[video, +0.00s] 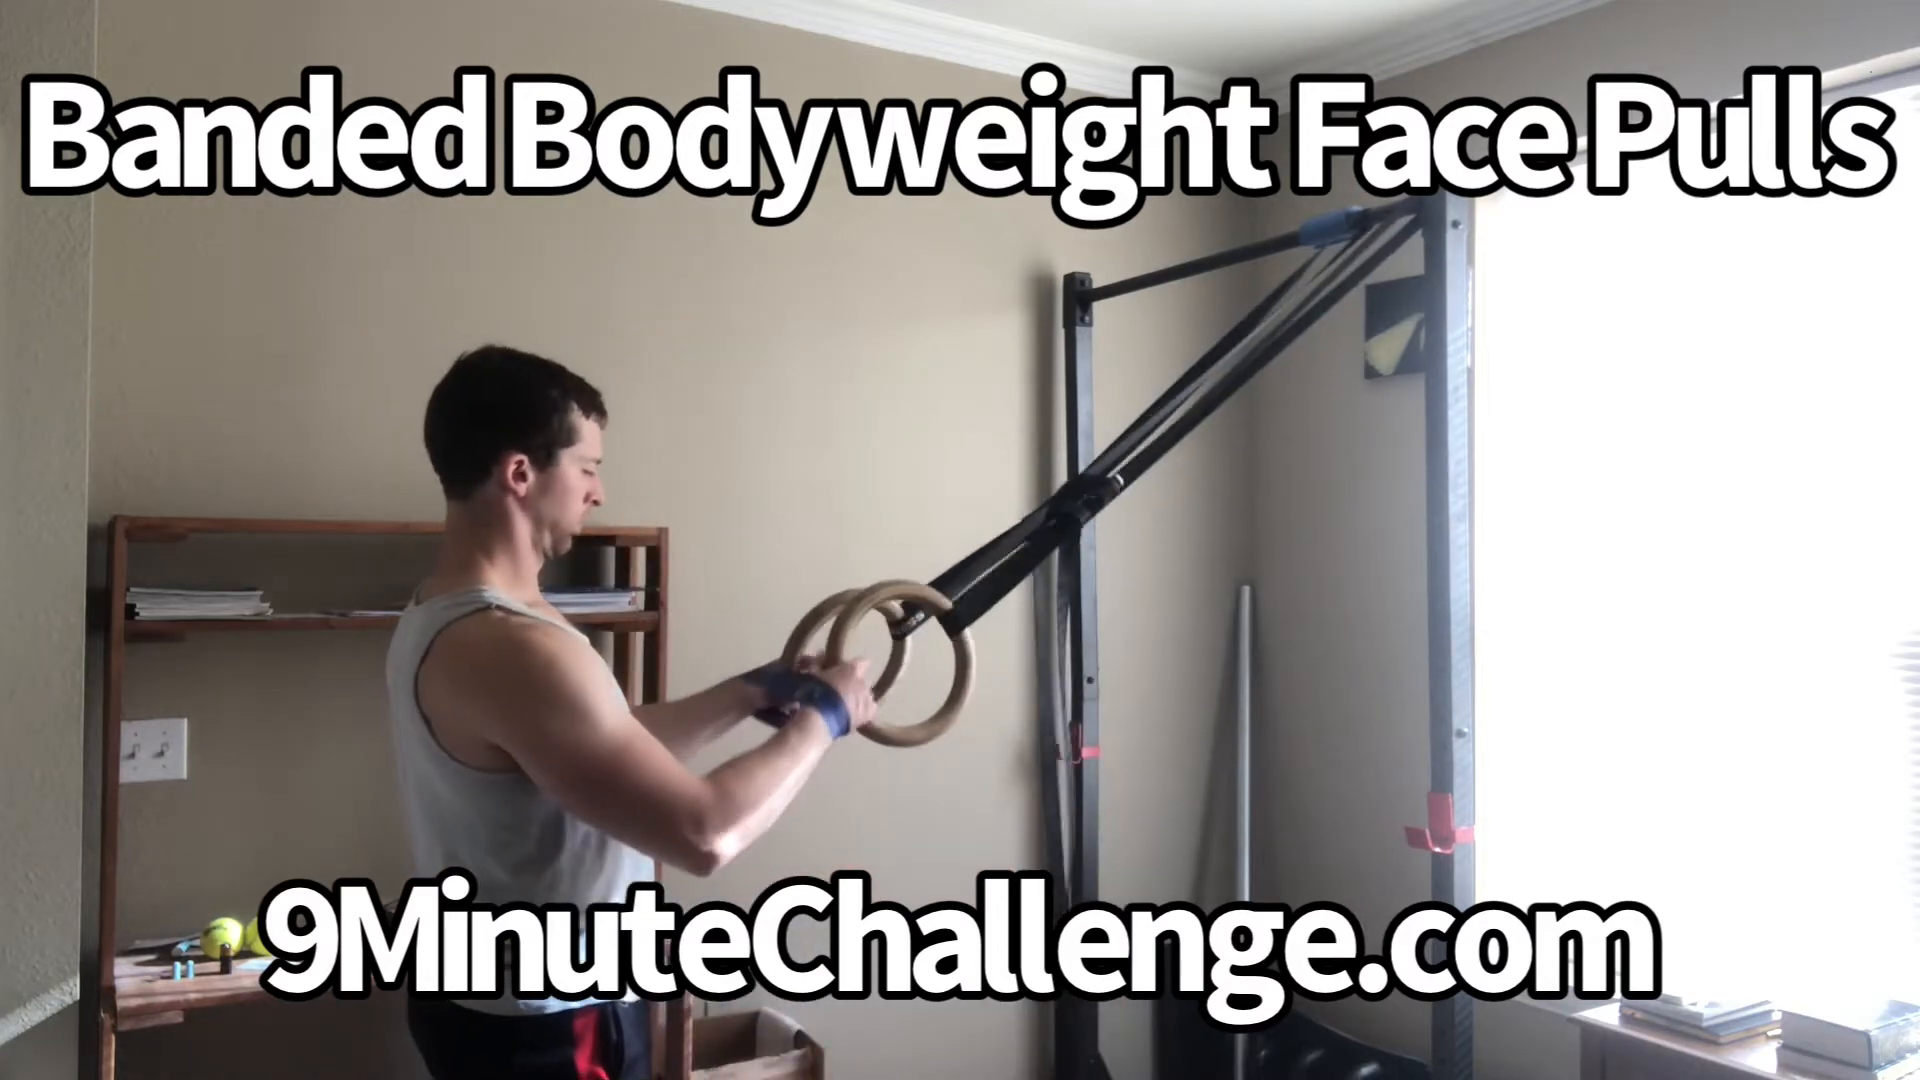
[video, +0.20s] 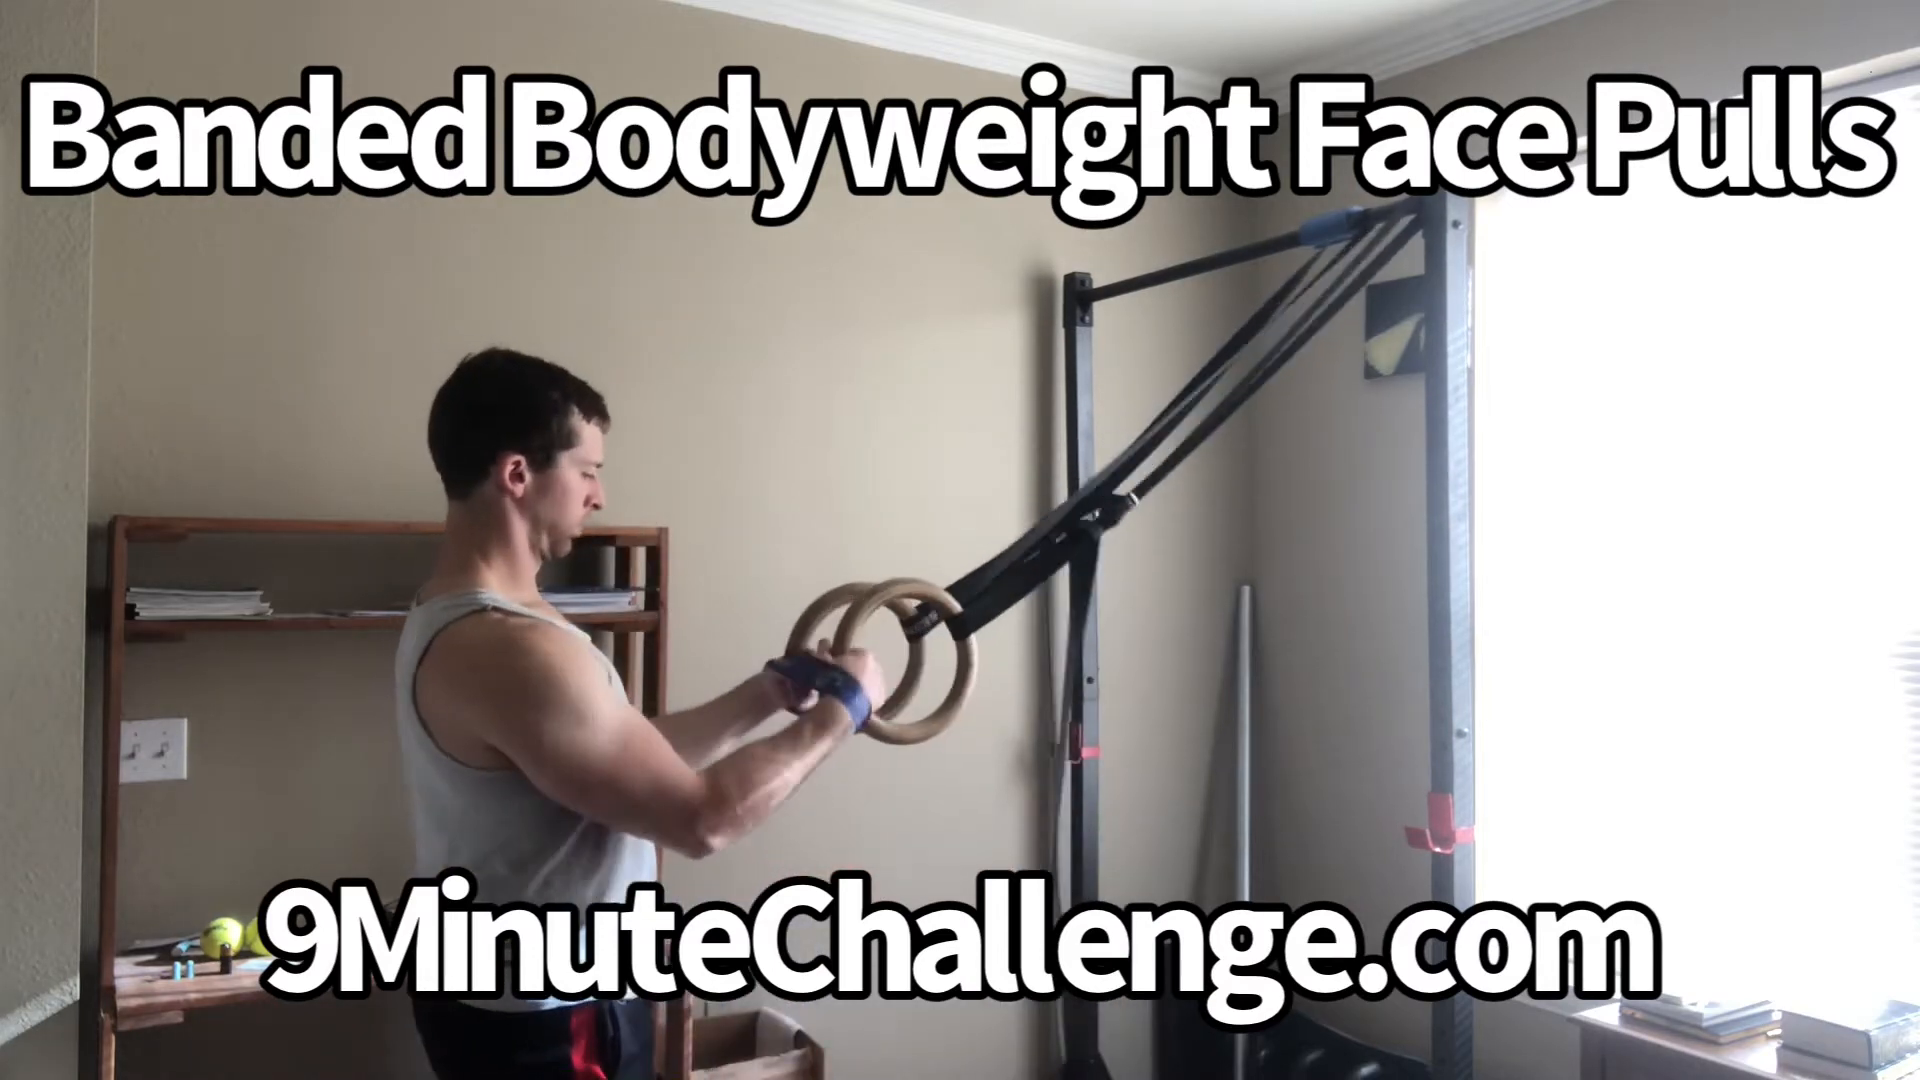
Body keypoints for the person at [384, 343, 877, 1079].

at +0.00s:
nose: (597, 492)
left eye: (596, 468)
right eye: (587, 466)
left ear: (515, 477)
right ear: (519, 474)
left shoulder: (444, 616)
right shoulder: (517, 653)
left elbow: (605, 754)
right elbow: (704, 835)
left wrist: (753, 693)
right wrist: (824, 718)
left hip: (488, 1007)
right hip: (548, 1027)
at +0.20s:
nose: (598, 496)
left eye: (597, 472)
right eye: (588, 470)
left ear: (515, 478)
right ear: (517, 475)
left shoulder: (461, 614)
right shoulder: (518, 656)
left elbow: (628, 757)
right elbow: (702, 820)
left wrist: (767, 694)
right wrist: (836, 715)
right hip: (545, 1020)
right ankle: (764, 1055)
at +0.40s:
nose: (604, 494)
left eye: (602, 471)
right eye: (592, 469)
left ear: (520, 478)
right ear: (522, 475)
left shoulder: (459, 619)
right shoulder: (526, 646)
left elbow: (642, 776)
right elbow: (680, 825)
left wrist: (770, 712)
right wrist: (821, 716)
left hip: (502, 999)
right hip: (551, 1015)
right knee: (794, 1053)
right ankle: (759, 1052)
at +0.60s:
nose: (603, 495)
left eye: (602, 472)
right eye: (590, 470)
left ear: (521, 479)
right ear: (523, 475)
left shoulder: (455, 616)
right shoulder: (531, 640)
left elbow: (637, 774)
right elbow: (675, 823)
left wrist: (761, 707)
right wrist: (809, 711)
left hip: (488, 1003)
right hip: (549, 1019)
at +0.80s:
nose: (603, 494)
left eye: (602, 471)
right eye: (591, 469)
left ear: (522, 477)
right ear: (525, 473)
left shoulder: (452, 615)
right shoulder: (530, 640)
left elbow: (620, 777)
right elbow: (689, 824)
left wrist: (745, 700)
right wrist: (815, 710)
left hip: (480, 1001)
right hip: (547, 1022)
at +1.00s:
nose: (604, 492)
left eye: (601, 470)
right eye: (591, 468)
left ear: (521, 477)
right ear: (524, 473)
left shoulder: (452, 617)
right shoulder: (531, 642)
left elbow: (623, 773)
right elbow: (705, 817)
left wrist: (750, 699)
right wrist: (825, 712)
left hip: (483, 1004)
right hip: (552, 1024)